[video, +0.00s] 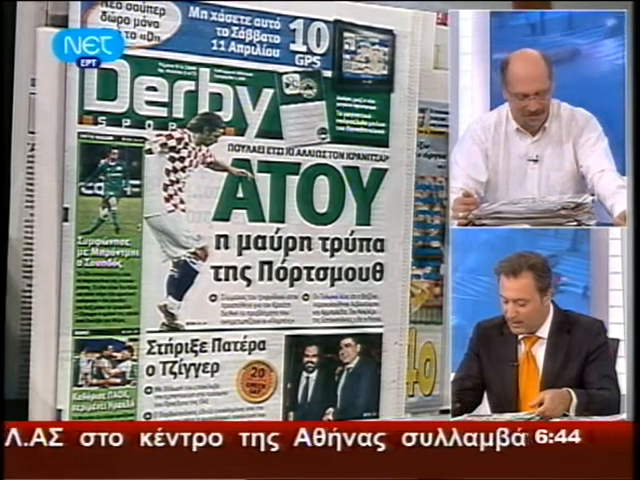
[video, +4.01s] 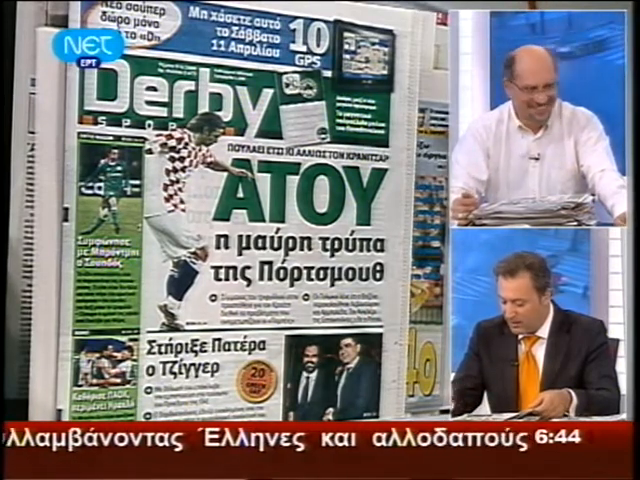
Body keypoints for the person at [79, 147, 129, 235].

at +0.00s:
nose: (115, 156)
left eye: (116, 154)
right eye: (113, 154)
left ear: (118, 155)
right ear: (109, 155)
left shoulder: (122, 165)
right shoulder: (104, 165)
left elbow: (126, 176)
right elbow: (95, 175)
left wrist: (128, 187)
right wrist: (85, 182)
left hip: (118, 190)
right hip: (108, 189)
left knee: (105, 213)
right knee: (113, 205)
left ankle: (91, 230)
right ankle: (116, 226)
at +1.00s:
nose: (115, 156)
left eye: (116, 154)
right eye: (113, 154)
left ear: (118, 155)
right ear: (109, 154)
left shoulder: (122, 165)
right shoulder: (104, 165)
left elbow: (126, 176)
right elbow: (95, 174)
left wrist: (127, 186)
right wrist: (85, 182)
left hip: (118, 190)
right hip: (108, 189)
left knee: (105, 213)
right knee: (113, 206)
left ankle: (91, 230)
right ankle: (116, 226)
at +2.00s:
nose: (115, 156)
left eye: (116, 154)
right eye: (113, 154)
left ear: (118, 155)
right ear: (109, 154)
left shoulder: (122, 165)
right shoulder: (104, 165)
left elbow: (126, 176)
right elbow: (95, 174)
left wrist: (128, 187)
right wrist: (85, 182)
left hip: (118, 190)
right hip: (108, 189)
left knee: (105, 213)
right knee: (113, 205)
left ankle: (91, 230)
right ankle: (116, 226)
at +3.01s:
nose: (115, 156)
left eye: (116, 154)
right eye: (113, 154)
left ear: (118, 155)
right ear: (109, 154)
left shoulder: (122, 165)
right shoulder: (104, 165)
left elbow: (126, 177)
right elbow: (95, 175)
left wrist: (127, 187)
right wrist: (85, 182)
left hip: (118, 190)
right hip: (108, 189)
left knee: (105, 213)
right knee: (113, 205)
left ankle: (91, 230)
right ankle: (116, 225)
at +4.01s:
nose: (115, 156)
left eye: (116, 154)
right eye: (113, 154)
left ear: (118, 155)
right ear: (109, 154)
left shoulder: (122, 165)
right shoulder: (104, 165)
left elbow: (126, 177)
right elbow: (95, 174)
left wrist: (127, 187)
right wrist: (86, 182)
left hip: (118, 190)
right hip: (108, 189)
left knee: (105, 213)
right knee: (113, 205)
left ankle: (91, 230)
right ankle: (116, 225)